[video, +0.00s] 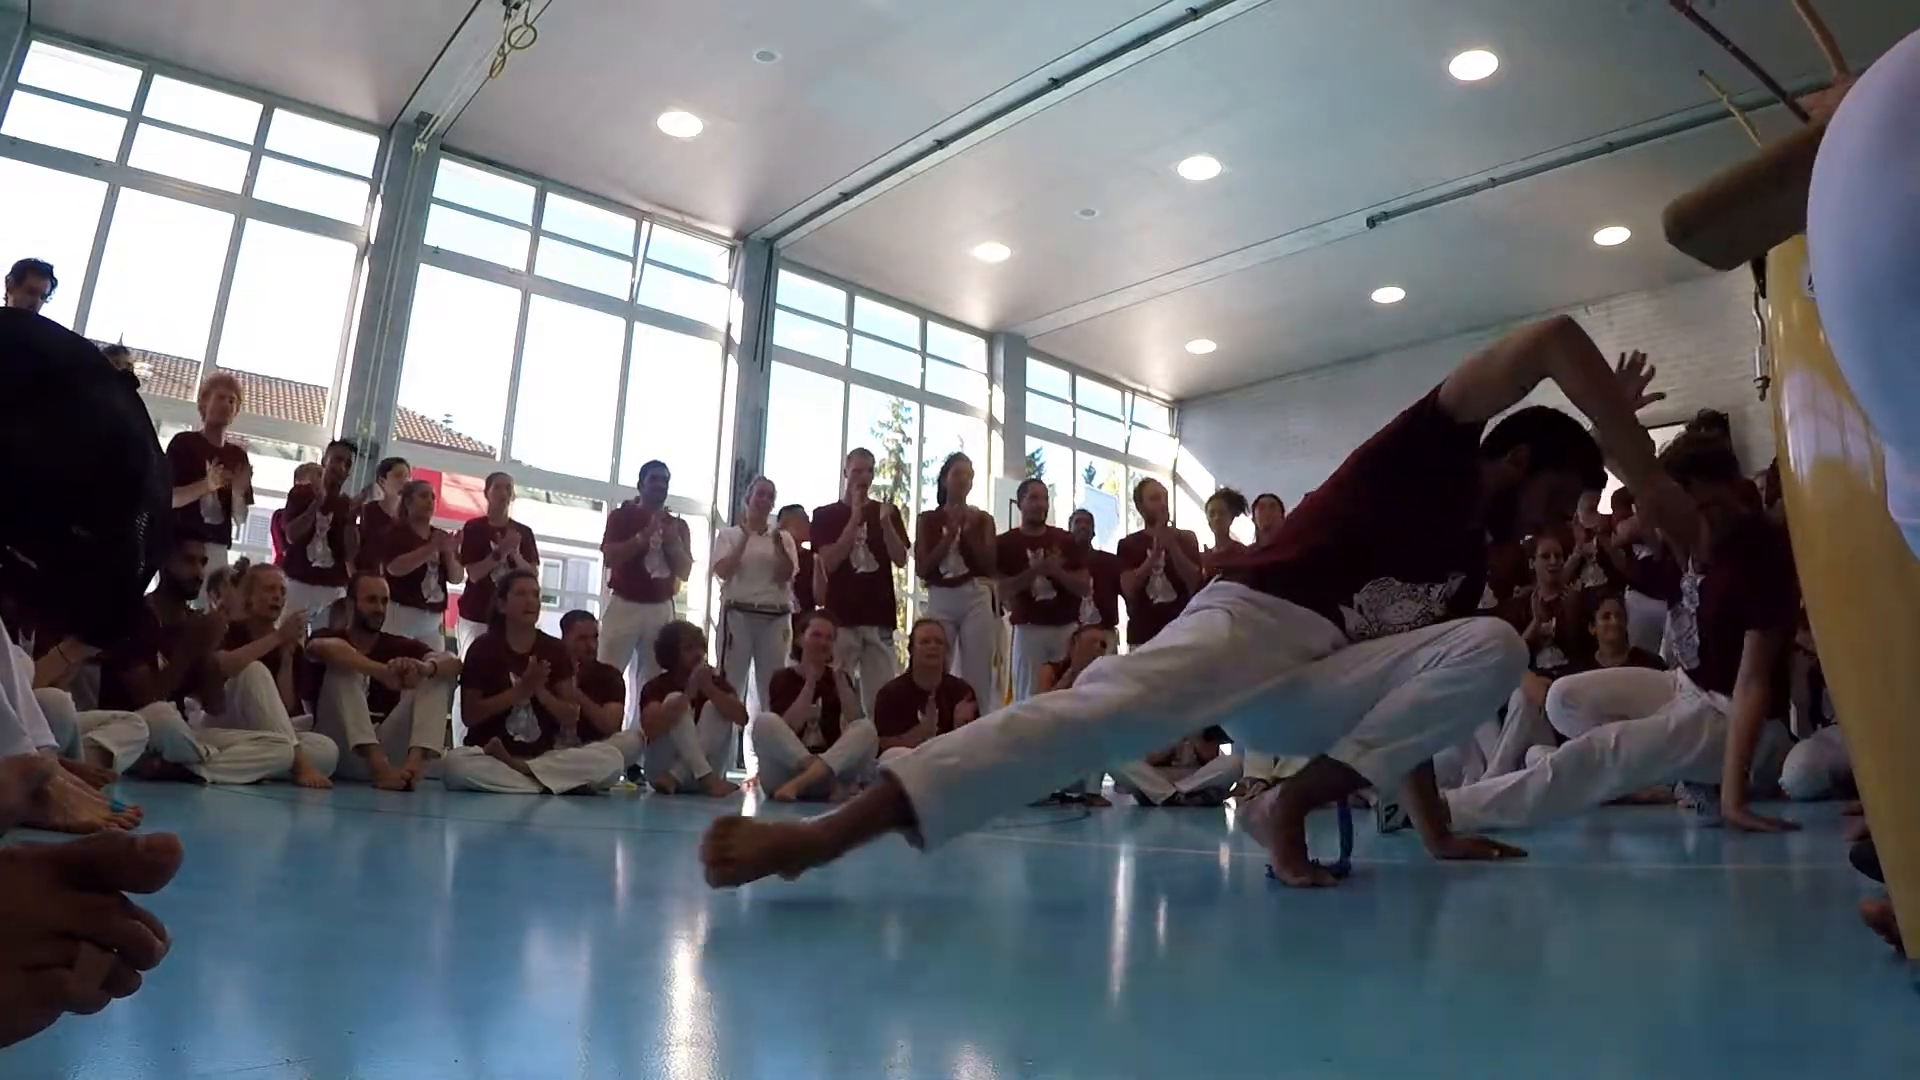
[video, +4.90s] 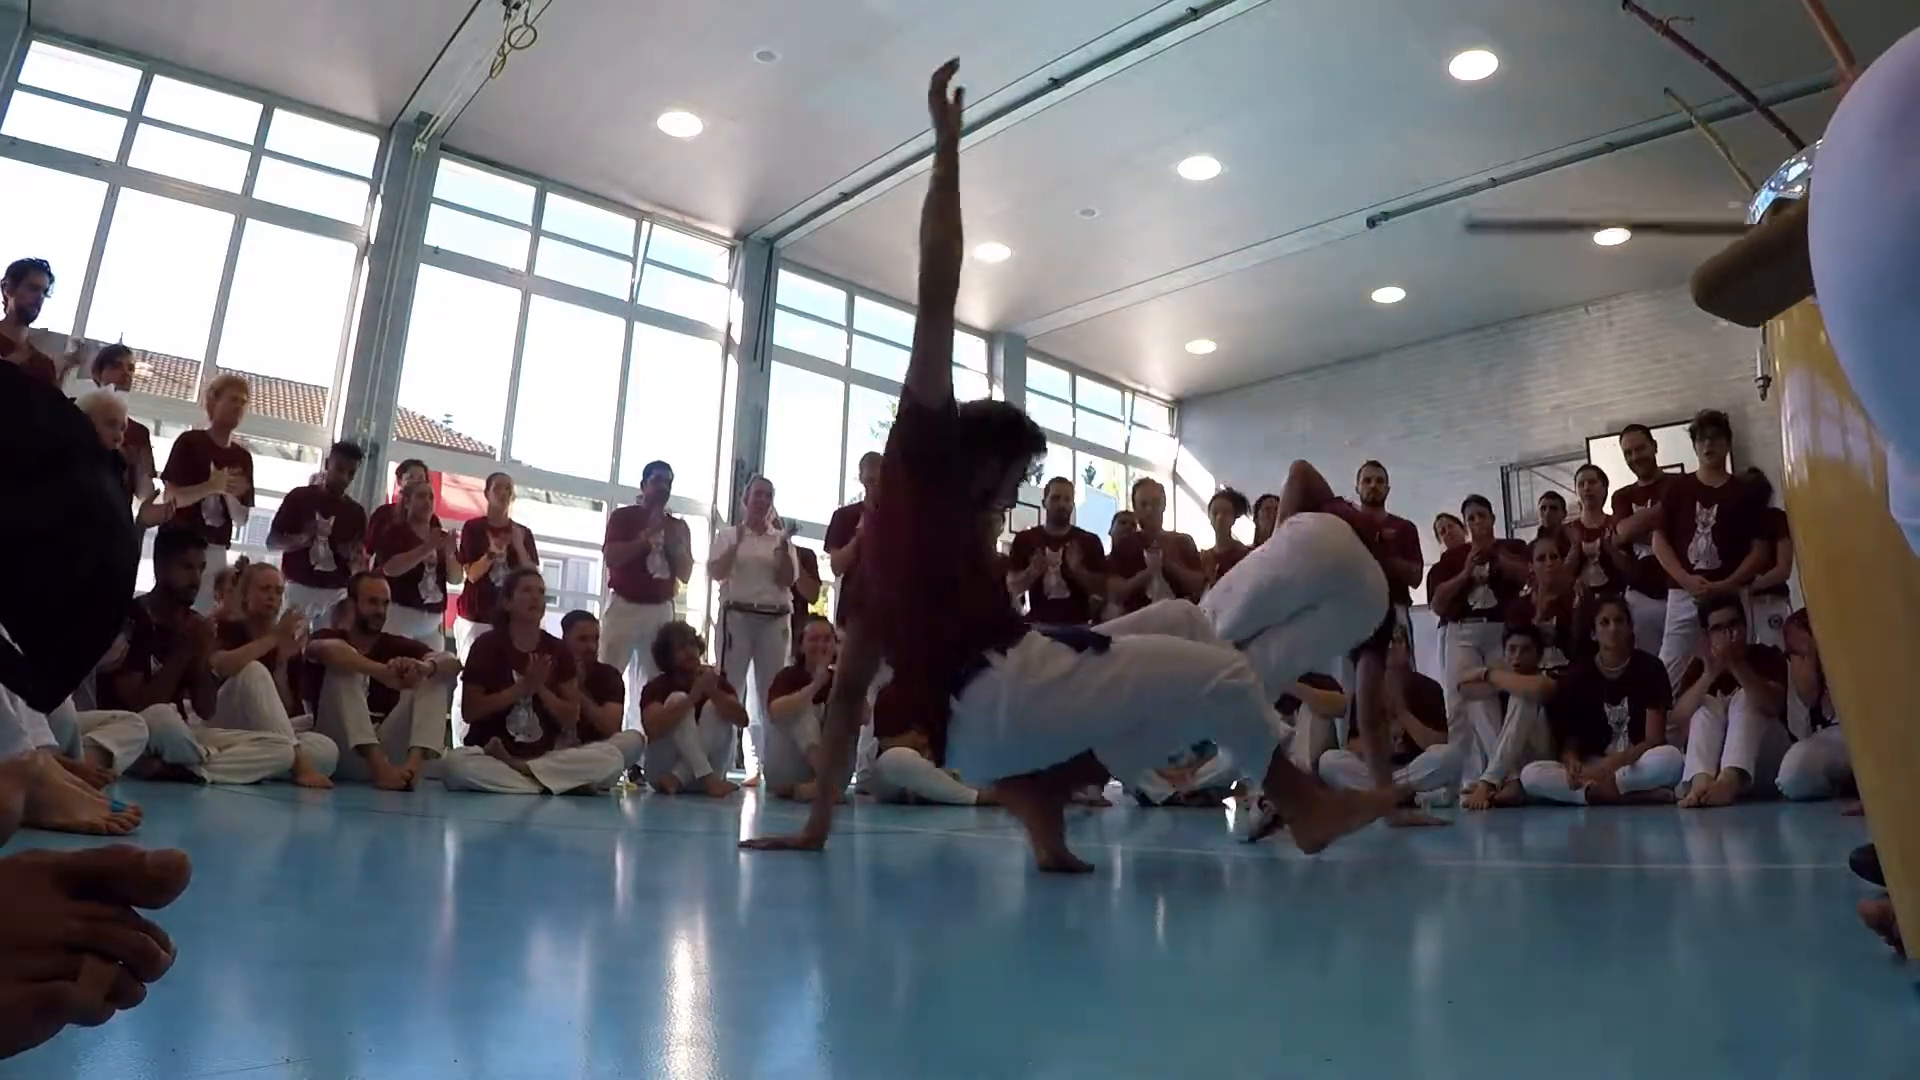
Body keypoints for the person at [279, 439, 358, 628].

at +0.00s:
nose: (341, 468)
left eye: (347, 464)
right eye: (337, 460)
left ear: (351, 471)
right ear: (324, 461)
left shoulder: (346, 504)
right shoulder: (300, 494)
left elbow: (351, 552)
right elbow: (292, 535)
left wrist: (352, 518)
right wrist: (317, 503)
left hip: (333, 586)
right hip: (299, 582)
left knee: (327, 654)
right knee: (288, 646)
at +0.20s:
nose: (343, 467)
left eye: (349, 463)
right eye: (338, 460)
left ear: (352, 470)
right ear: (325, 461)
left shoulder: (355, 511)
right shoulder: (300, 496)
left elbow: (354, 564)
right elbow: (279, 542)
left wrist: (338, 541)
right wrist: (314, 538)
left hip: (335, 590)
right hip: (297, 585)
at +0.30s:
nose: (344, 466)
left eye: (350, 462)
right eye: (339, 458)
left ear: (352, 468)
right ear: (324, 461)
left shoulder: (356, 511)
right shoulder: (297, 498)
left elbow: (358, 555)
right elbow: (272, 541)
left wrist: (350, 561)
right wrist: (300, 548)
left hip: (335, 593)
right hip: (296, 588)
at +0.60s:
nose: (339, 466)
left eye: (344, 462)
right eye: (333, 459)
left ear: (348, 468)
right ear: (320, 462)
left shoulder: (353, 509)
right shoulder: (299, 497)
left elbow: (356, 557)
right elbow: (291, 541)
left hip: (335, 587)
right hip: (299, 582)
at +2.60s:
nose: (339, 475)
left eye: (345, 469)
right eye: (333, 467)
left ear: (349, 473)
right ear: (321, 464)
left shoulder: (354, 510)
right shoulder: (294, 501)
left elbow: (359, 557)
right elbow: (266, 542)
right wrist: (294, 551)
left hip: (337, 592)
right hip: (300, 588)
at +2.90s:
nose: (335, 474)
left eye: (341, 468)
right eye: (330, 466)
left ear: (345, 471)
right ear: (317, 464)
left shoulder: (353, 508)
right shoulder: (296, 499)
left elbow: (354, 555)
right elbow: (292, 547)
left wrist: (346, 529)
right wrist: (320, 533)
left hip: (336, 589)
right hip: (302, 584)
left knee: (331, 654)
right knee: (292, 650)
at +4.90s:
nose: (344, 477)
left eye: (350, 472)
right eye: (339, 469)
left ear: (354, 475)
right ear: (327, 465)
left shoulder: (356, 512)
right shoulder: (298, 497)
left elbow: (359, 558)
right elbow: (272, 542)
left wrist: (351, 554)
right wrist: (305, 538)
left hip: (335, 593)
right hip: (299, 589)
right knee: (289, 654)